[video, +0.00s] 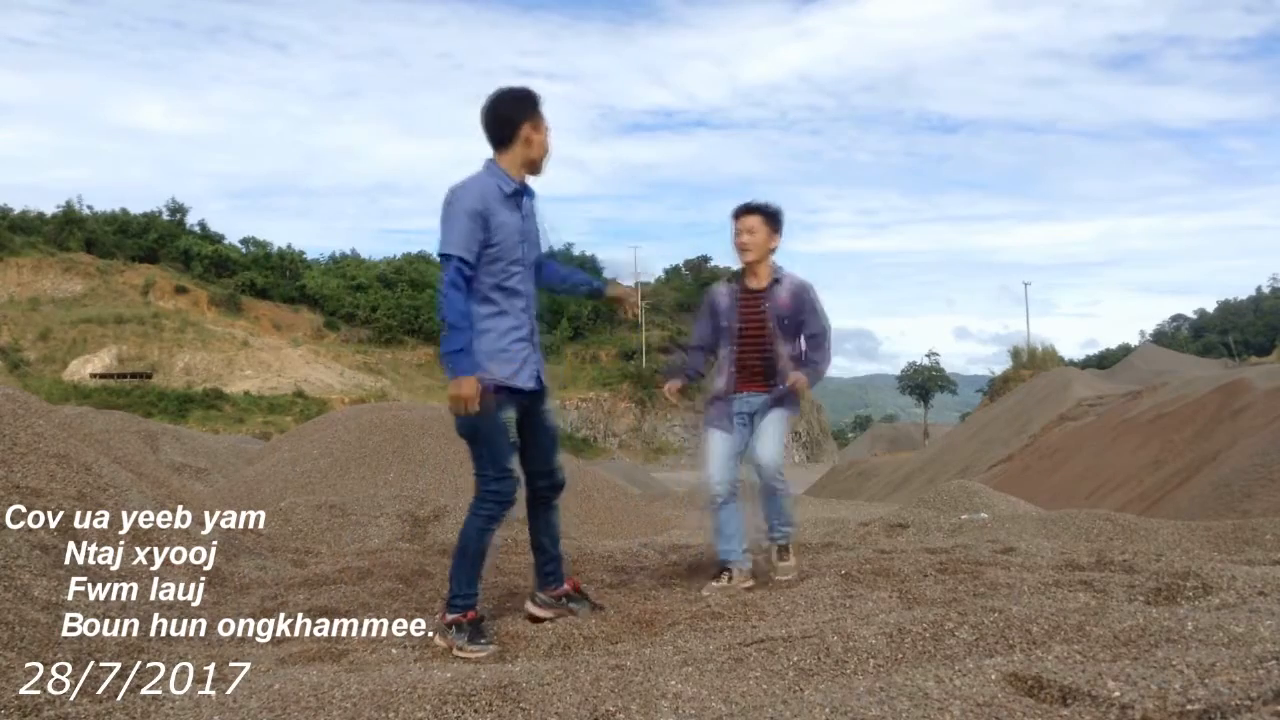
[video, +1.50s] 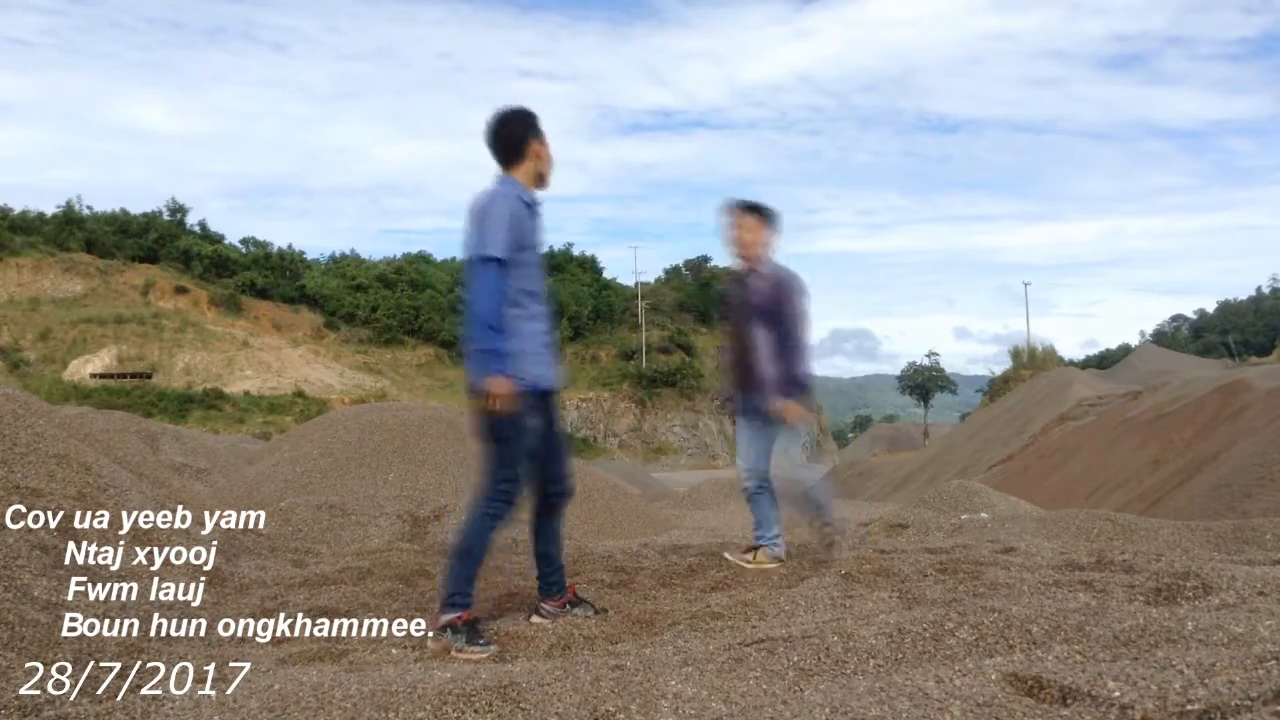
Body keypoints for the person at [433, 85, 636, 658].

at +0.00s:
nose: (549, 139)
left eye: (546, 129)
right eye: (544, 129)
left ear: (518, 135)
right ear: (525, 133)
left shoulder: (524, 201)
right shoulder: (470, 196)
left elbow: (538, 269)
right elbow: (453, 285)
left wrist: (605, 288)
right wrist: (460, 368)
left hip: (527, 372)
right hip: (484, 375)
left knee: (545, 481)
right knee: (496, 489)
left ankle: (550, 590)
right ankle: (460, 611)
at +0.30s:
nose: (538, 128)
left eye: (534, 117)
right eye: (533, 117)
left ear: (504, 125)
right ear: (517, 122)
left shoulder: (508, 194)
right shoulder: (462, 186)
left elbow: (480, 278)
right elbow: (429, 267)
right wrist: (427, 350)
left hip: (511, 367)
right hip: (465, 367)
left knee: (526, 476)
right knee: (474, 485)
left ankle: (500, 583)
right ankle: (453, 612)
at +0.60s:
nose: (525, 134)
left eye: (522, 122)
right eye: (522, 123)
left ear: (485, 129)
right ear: (509, 127)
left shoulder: (489, 194)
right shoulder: (459, 189)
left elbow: (483, 291)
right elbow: (446, 283)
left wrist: (501, 365)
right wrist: (464, 368)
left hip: (496, 372)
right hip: (466, 374)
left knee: (509, 479)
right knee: (477, 488)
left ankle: (484, 589)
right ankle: (450, 615)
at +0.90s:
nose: (517, 133)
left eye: (512, 123)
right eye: (513, 122)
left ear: (475, 130)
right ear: (500, 126)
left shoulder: (482, 190)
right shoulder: (463, 188)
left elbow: (485, 284)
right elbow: (466, 282)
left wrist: (535, 308)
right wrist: (504, 361)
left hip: (486, 365)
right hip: (466, 368)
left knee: (495, 482)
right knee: (476, 486)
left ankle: (485, 590)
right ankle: (450, 616)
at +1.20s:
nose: (523, 137)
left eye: (519, 127)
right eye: (520, 127)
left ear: (479, 132)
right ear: (507, 129)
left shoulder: (481, 189)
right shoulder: (469, 187)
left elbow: (453, 283)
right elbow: (466, 277)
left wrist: (440, 357)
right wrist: (492, 364)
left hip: (489, 368)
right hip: (467, 371)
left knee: (518, 475)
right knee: (475, 489)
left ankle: (504, 589)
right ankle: (449, 617)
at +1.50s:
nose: (550, 153)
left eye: (546, 143)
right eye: (546, 143)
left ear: (511, 151)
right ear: (534, 147)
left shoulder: (521, 207)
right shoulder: (499, 202)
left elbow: (518, 295)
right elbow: (485, 289)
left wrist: (539, 370)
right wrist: (494, 369)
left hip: (537, 380)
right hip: (510, 381)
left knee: (553, 488)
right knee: (501, 493)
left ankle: (553, 594)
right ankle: (452, 613)